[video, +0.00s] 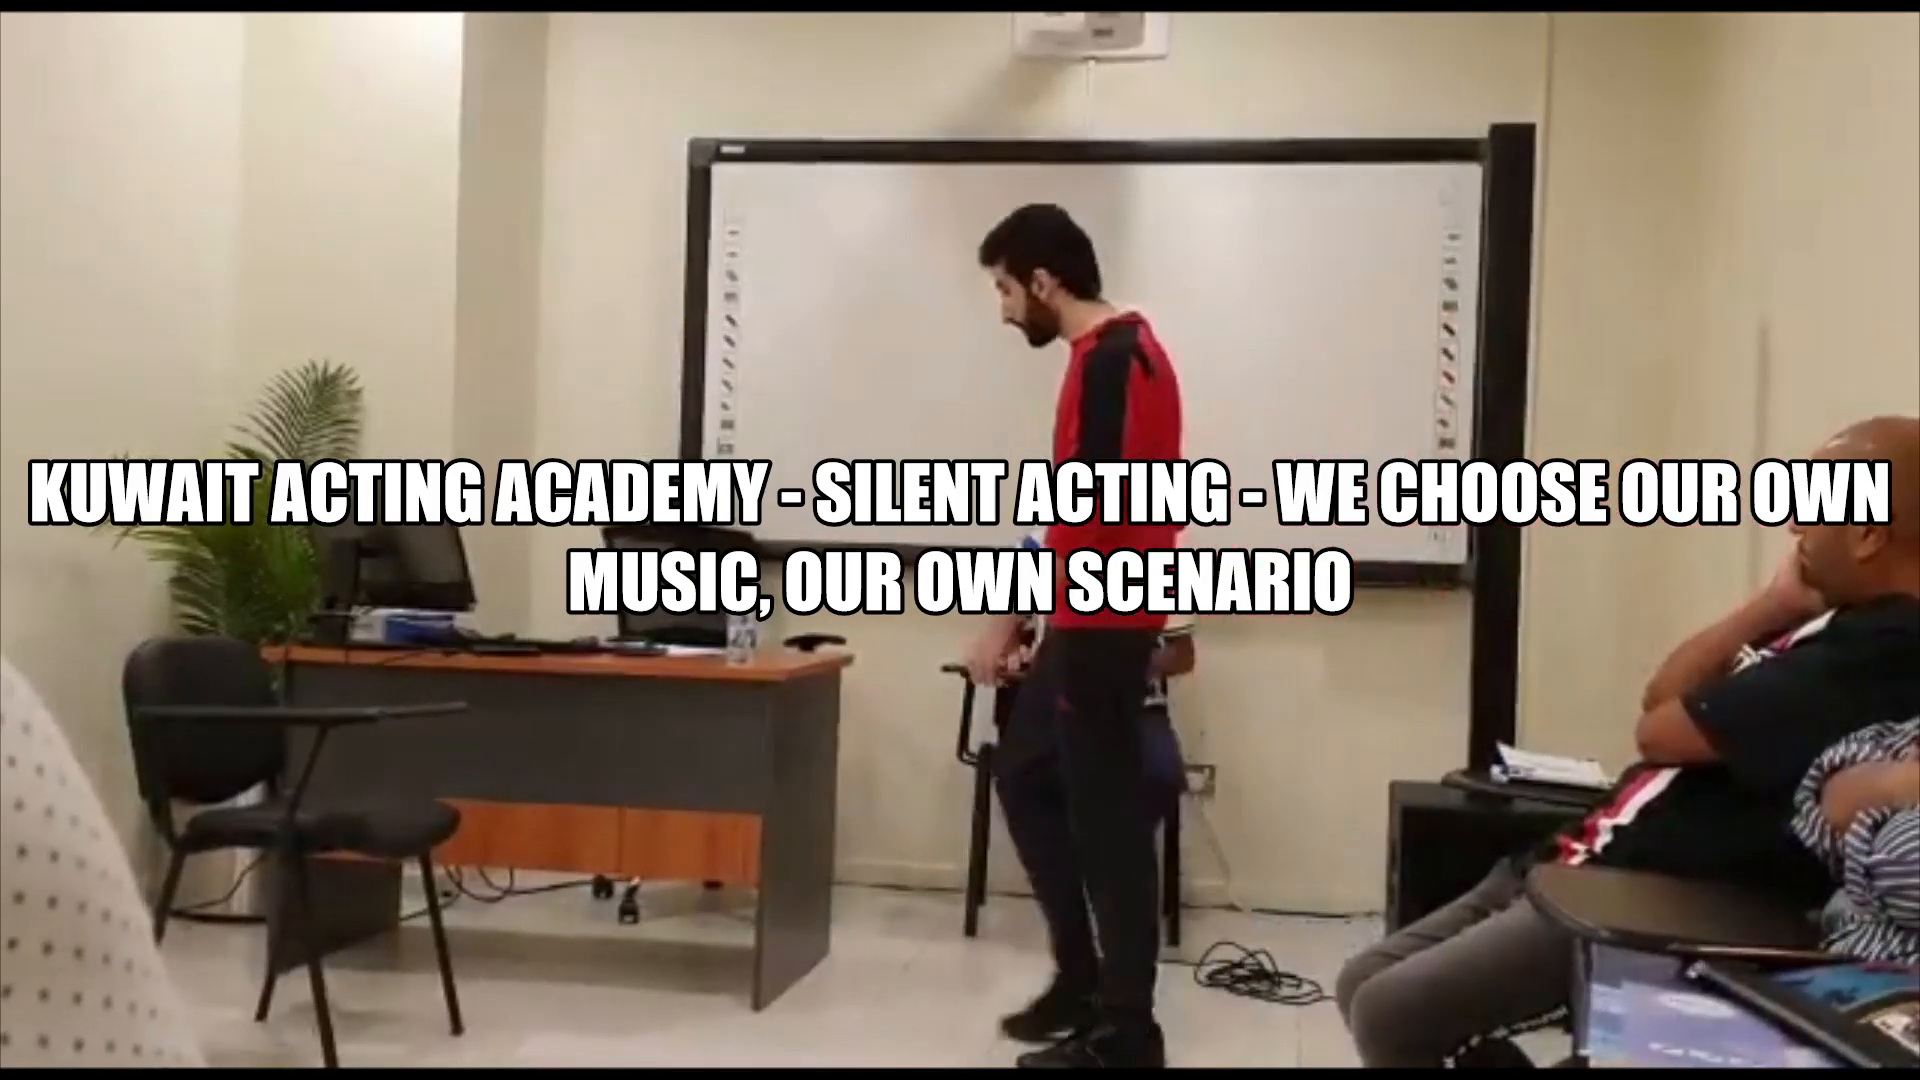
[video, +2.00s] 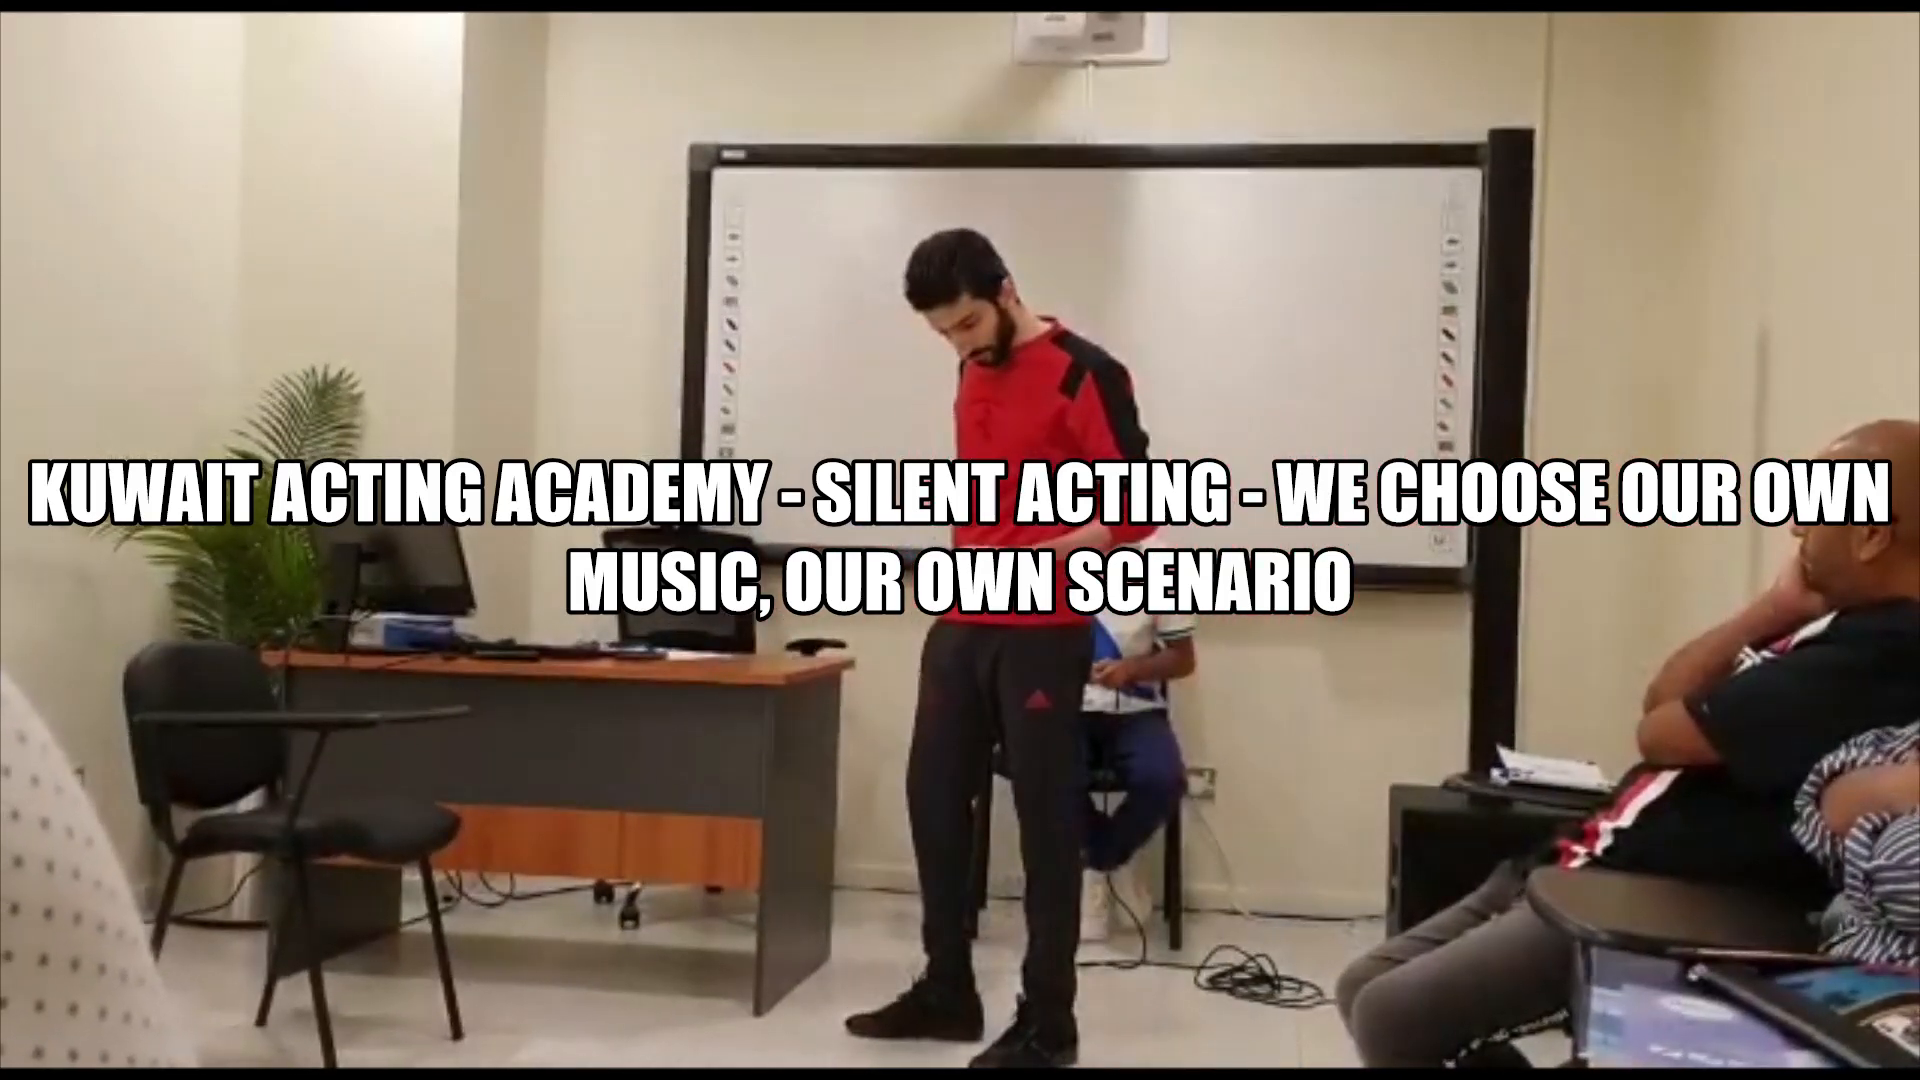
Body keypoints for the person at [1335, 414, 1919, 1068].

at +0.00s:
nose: (1796, 536)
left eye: (1813, 515)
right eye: (1801, 513)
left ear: (1872, 535)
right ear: (1874, 537)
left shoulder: (1884, 646)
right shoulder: (1849, 626)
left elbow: (1664, 736)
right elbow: (1663, 695)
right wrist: (1781, 602)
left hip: (1639, 900)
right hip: (1591, 860)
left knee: (1387, 1015)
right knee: (1363, 980)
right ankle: (1502, 1061)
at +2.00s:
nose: (1798, 535)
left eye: (1816, 513)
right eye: (1803, 513)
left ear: (1877, 534)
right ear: (1876, 536)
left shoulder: (1883, 647)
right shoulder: (1848, 625)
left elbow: (1664, 737)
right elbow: (1666, 695)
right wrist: (1783, 604)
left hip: (1640, 903)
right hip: (1589, 861)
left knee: (1388, 1017)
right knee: (1363, 985)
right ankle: (1491, 1061)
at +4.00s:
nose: (1796, 538)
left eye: (1807, 517)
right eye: (1799, 516)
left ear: (1874, 532)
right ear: (1874, 532)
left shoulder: (1881, 651)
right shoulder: (1848, 628)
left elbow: (1663, 744)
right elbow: (1661, 702)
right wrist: (1778, 612)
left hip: (1640, 906)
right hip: (1586, 863)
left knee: (1388, 1022)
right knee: (1364, 987)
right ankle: (1486, 1060)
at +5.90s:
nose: (1801, 535)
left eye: (1815, 516)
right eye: (1806, 515)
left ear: (1881, 534)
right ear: (1881, 535)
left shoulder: (1884, 653)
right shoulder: (1852, 628)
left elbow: (1665, 743)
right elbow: (1664, 702)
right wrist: (1781, 612)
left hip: (1641, 910)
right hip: (1591, 867)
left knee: (1389, 1024)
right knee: (1365, 989)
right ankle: (1488, 1059)